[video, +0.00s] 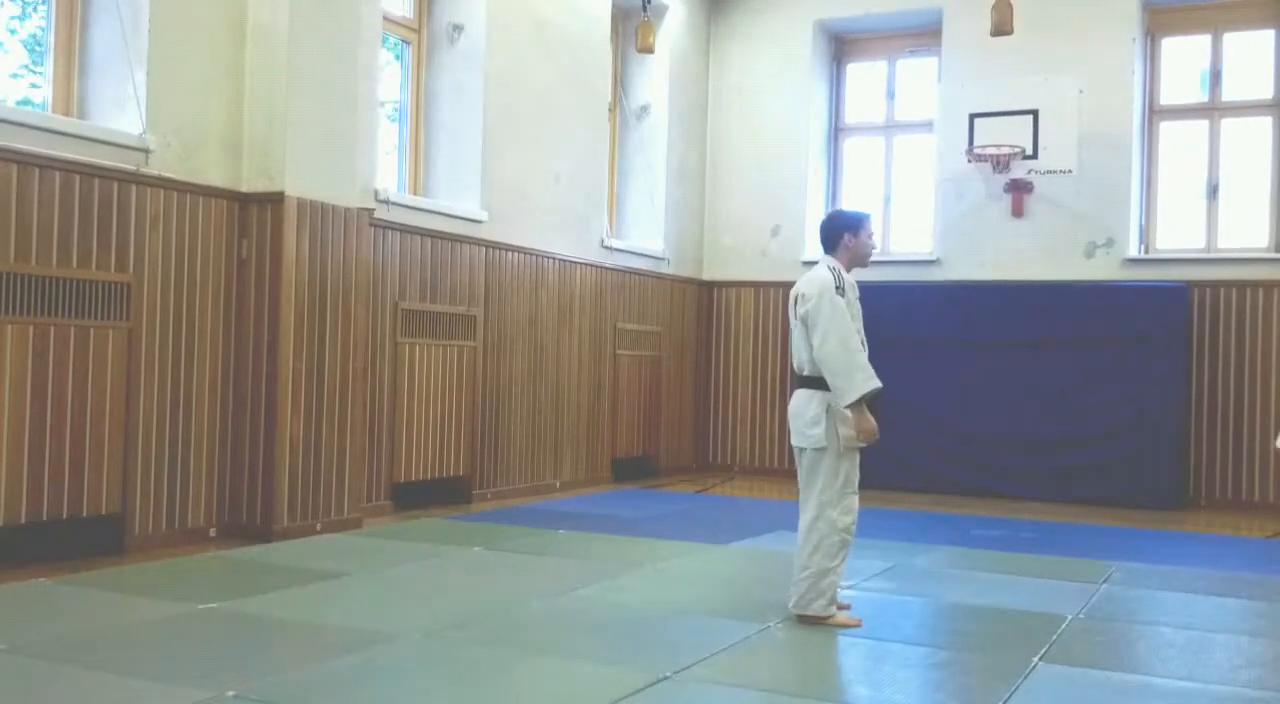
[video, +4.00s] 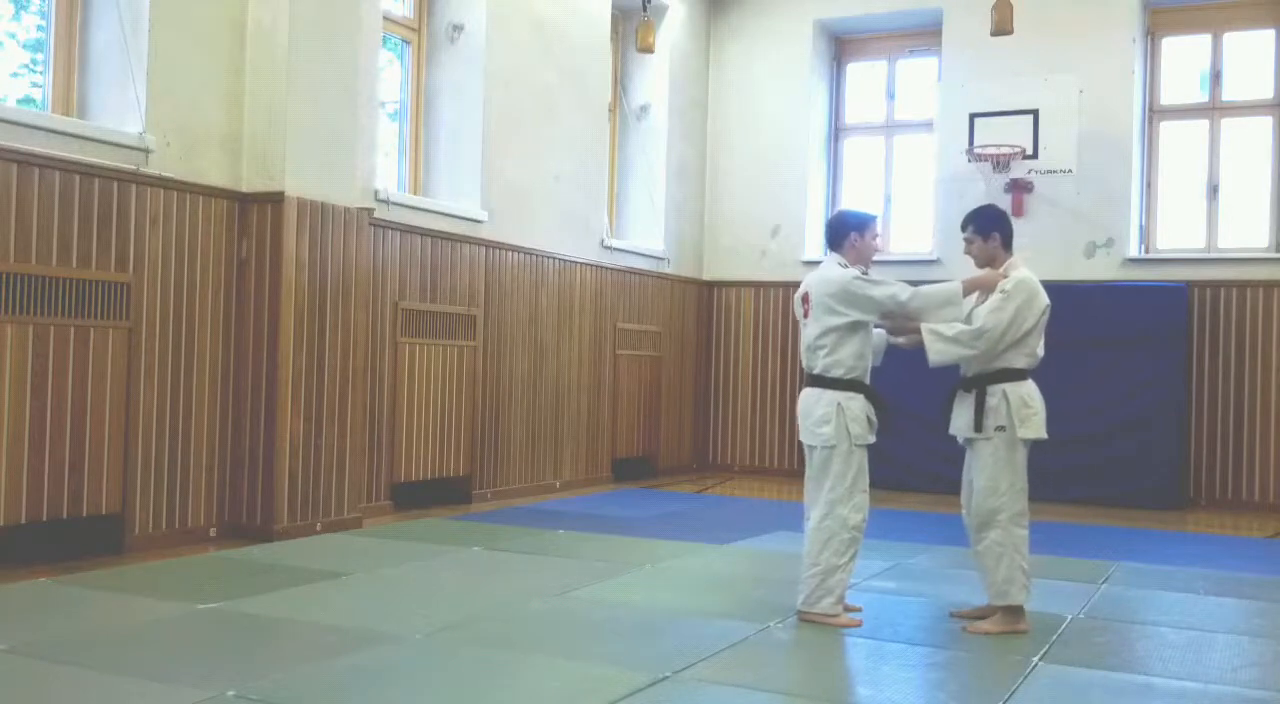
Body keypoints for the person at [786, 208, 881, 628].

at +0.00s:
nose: (873, 244)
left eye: (872, 236)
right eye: (869, 237)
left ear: (844, 240)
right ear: (848, 240)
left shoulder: (828, 281)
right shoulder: (826, 285)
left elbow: (840, 347)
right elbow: (837, 349)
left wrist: (858, 402)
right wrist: (859, 408)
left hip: (824, 404)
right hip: (824, 407)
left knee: (828, 506)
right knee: (831, 509)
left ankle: (817, 592)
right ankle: (813, 602)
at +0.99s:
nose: (893, 245)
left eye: (891, 237)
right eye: (888, 238)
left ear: (864, 240)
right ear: (866, 240)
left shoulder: (851, 281)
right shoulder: (844, 284)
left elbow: (859, 346)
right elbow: (854, 348)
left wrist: (874, 400)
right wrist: (871, 407)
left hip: (844, 402)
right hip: (840, 405)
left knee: (840, 503)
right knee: (842, 507)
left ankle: (825, 590)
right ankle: (817, 602)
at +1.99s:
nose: (889, 244)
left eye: (888, 236)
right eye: (884, 236)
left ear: (862, 240)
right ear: (861, 240)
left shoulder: (850, 282)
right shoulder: (842, 284)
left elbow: (857, 346)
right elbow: (852, 348)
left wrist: (873, 401)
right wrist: (874, 405)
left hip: (847, 403)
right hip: (840, 405)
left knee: (843, 504)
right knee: (841, 506)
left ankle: (826, 591)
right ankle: (817, 602)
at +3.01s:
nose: (885, 244)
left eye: (882, 236)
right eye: (879, 236)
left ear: (849, 243)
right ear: (856, 241)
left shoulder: (828, 282)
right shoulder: (848, 280)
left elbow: (860, 340)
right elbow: (913, 295)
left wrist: (915, 338)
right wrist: (984, 281)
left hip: (832, 401)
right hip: (842, 406)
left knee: (836, 505)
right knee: (842, 508)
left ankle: (823, 593)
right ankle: (817, 603)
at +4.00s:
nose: (878, 246)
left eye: (877, 238)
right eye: (874, 238)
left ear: (846, 240)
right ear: (853, 240)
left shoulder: (822, 280)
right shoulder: (841, 281)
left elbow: (863, 339)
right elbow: (907, 300)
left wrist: (918, 331)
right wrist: (973, 284)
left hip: (827, 401)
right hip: (835, 406)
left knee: (833, 504)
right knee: (841, 507)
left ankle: (823, 594)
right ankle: (819, 602)